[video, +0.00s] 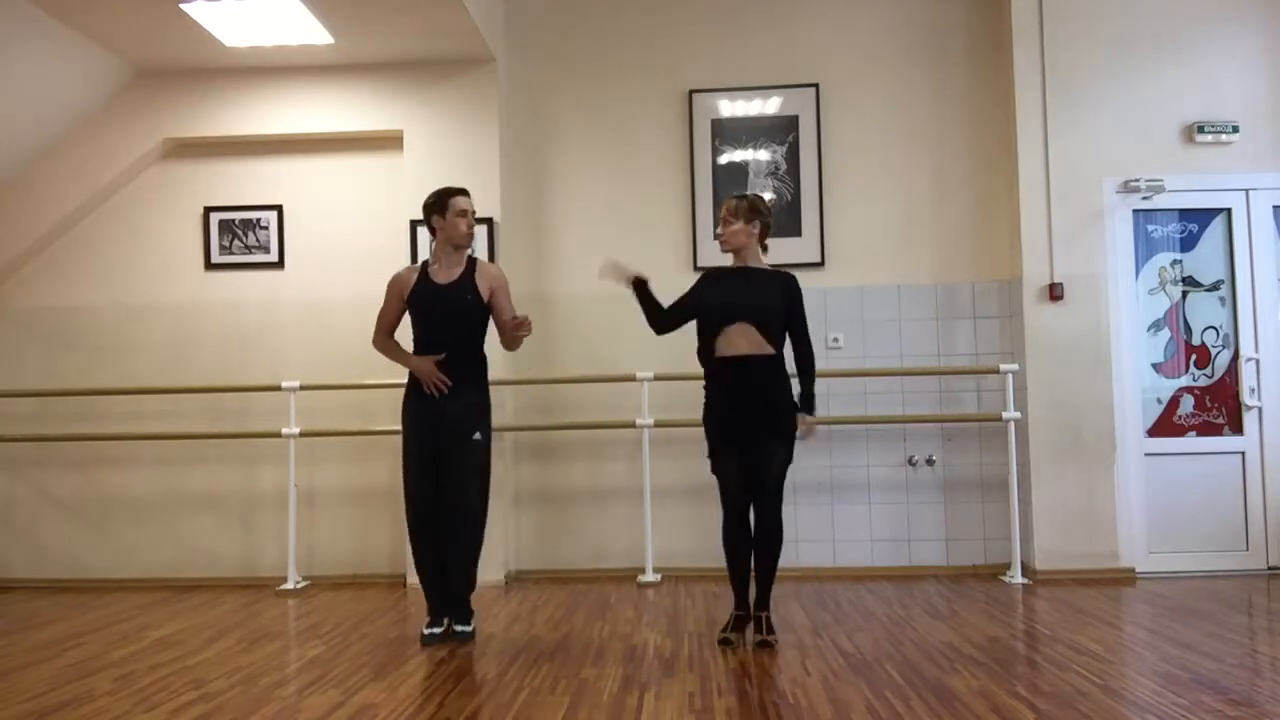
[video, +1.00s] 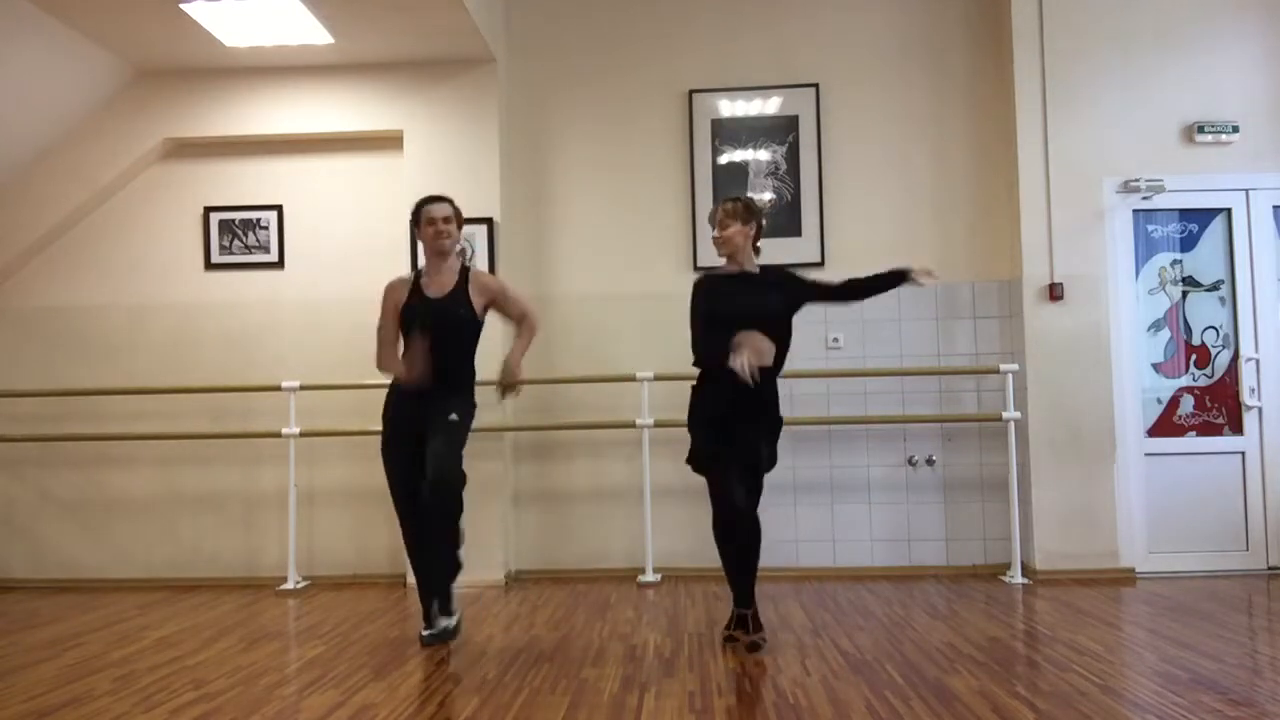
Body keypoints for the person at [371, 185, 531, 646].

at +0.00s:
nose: (470, 222)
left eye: (472, 215)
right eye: (461, 215)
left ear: (473, 223)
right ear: (436, 223)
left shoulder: (489, 276)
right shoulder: (407, 281)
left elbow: (508, 340)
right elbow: (381, 338)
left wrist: (518, 329)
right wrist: (413, 362)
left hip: (469, 401)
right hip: (423, 403)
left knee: (466, 507)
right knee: (424, 506)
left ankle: (461, 611)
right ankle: (437, 612)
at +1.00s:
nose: (440, 229)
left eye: (447, 221)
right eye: (431, 223)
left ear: (459, 230)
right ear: (417, 233)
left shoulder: (482, 285)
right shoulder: (399, 291)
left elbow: (527, 320)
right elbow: (385, 358)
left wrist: (514, 360)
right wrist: (405, 369)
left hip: (452, 403)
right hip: (405, 404)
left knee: (440, 481)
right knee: (410, 506)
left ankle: (443, 592)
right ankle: (432, 608)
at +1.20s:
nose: (429, 214)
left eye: (436, 205)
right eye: (419, 207)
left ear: (448, 212)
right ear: (406, 215)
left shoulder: (467, 267)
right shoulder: (388, 271)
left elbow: (483, 333)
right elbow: (375, 319)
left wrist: (431, 299)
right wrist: (367, 358)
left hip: (465, 388)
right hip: (417, 383)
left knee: (454, 509)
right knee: (403, 429)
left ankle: (441, 615)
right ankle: (418, 499)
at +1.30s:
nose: (429, 213)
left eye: (437, 206)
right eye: (420, 207)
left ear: (450, 214)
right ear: (407, 215)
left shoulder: (465, 270)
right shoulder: (389, 269)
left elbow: (463, 334)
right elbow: (386, 313)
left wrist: (425, 285)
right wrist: (383, 343)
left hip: (462, 387)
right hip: (416, 382)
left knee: (453, 509)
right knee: (421, 430)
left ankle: (440, 622)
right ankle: (427, 525)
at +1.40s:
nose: (433, 217)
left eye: (440, 209)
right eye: (423, 210)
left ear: (454, 216)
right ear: (411, 218)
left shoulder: (468, 277)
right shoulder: (400, 272)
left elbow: (453, 341)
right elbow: (400, 339)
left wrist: (429, 287)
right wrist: (397, 390)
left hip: (456, 401)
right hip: (408, 401)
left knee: (460, 506)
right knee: (423, 500)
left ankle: (445, 622)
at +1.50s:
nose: (431, 214)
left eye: (439, 207)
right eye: (423, 208)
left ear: (454, 215)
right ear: (411, 217)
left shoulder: (471, 268)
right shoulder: (403, 266)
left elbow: (460, 320)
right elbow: (405, 327)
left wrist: (426, 274)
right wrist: (397, 379)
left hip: (450, 392)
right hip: (402, 388)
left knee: (448, 504)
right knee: (406, 486)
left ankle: (440, 624)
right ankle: (407, 587)